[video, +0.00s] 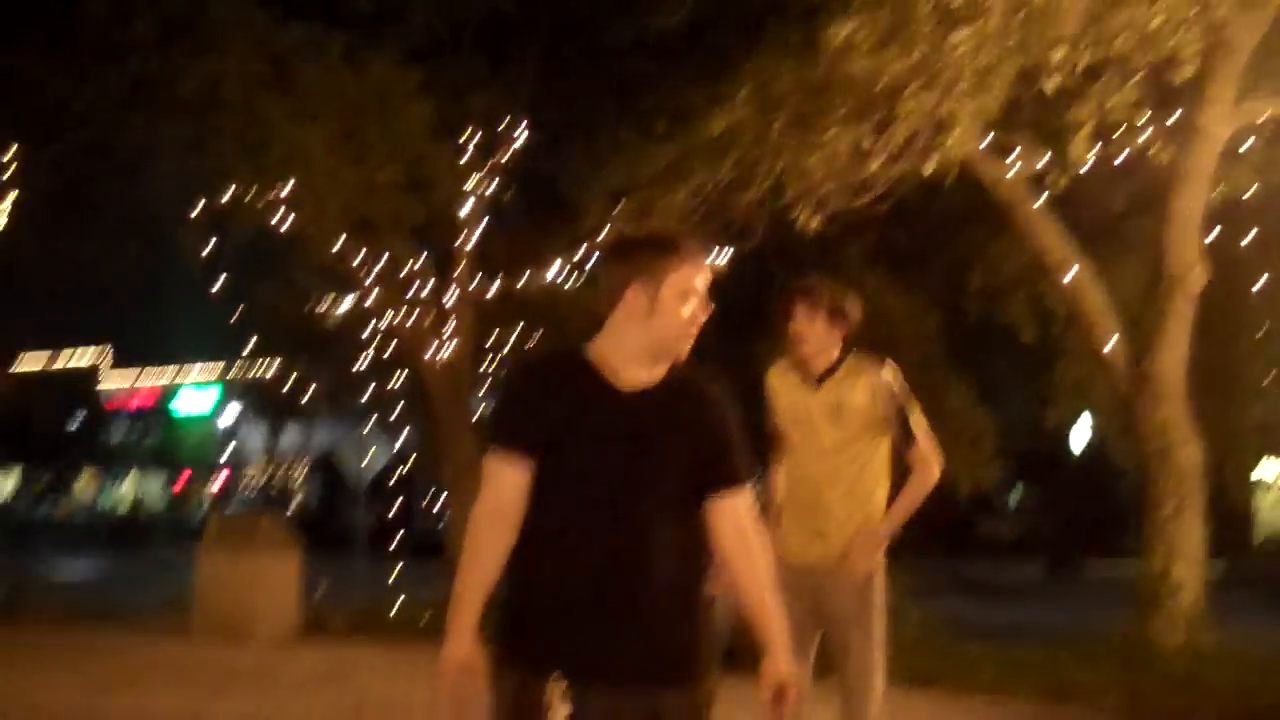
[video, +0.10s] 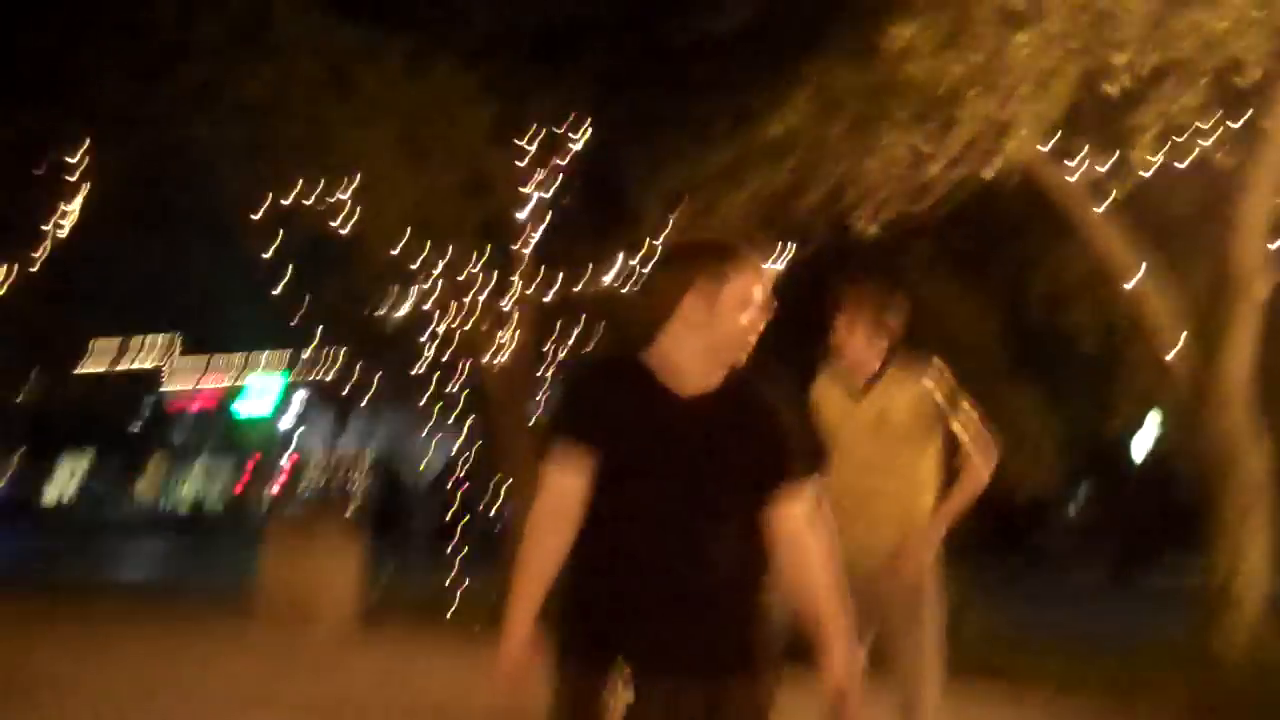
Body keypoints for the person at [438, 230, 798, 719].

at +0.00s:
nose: (704, 312)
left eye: (705, 298)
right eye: (688, 296)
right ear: (634, 297)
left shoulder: (699, 406)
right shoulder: (542, 386)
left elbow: (739, 532)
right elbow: (497, 513)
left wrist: (776, 650)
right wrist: (461, 631)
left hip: (663, 671)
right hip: (541, 667)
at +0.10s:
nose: (761, 320)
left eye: (763, 306)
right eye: (747, 304)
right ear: (693, 299)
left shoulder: (761, 414)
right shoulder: (605, 390)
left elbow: (796, 536)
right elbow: (557, 511)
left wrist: (836, 647)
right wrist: (518, 630)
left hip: (719, 661)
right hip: (601, 656)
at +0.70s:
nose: (769, 364)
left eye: (774, 348)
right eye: (752, 348)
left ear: (779, 344)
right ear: (698, 342)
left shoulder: (780, 433)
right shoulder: (633, 406)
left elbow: (786, 577)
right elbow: (581, 528)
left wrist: (776, 692)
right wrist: (529, 636)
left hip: (726, 679)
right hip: (629, 671)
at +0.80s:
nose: (749, 385)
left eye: (755, 369)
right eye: (731, 371)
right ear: (678, 364)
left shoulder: (756, 449)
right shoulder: (618, 424)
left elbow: (753, 588)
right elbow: (565, 539)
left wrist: (732, 701)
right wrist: (511, 647)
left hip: (697, 685)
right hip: (602, 672)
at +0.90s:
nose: (725, 382)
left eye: (732, 367)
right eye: (705, 368)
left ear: (738, 366)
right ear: (655, 362)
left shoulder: (733, 449)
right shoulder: (599, 421)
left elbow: (719, 586)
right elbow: (545, 532)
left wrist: (694, 697)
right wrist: (490, 638)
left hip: (672, 682)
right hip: (583, 666)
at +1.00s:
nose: (677, 365)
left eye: (683, 350)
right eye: (658, 349)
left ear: (690, 350)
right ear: (607, 343)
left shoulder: (683, 435)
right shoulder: (553, 409)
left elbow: (672, 570)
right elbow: (495, 521)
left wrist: (645, 676)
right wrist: (441, 623)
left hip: (621, 671)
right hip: (530, 654)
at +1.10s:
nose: (633, 336)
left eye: (641, 322)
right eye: (618, 321)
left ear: (648, 321)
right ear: (568, 315)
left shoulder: (645, 409)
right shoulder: (508, 386)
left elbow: (643, 539)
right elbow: (459, 499)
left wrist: (626, 645)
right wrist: (409, 605)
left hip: (596, 652)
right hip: (502, 639)